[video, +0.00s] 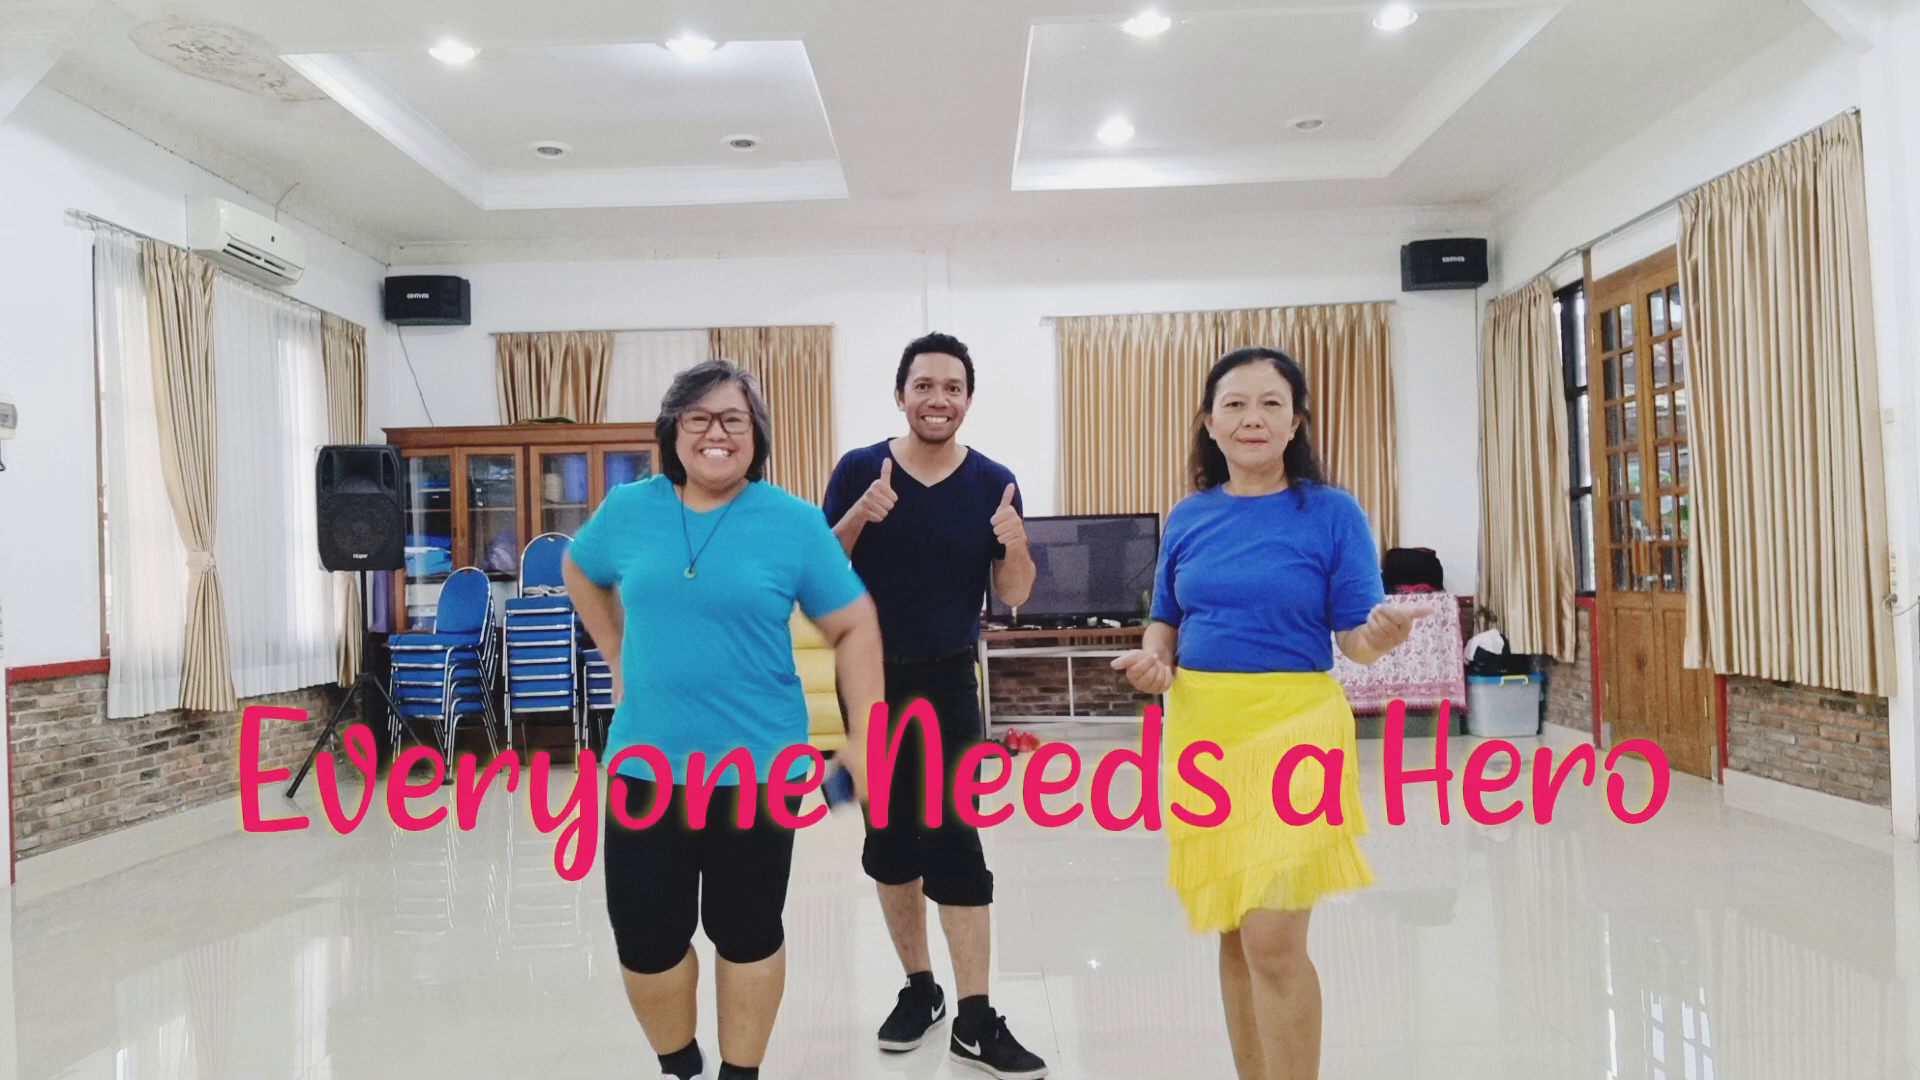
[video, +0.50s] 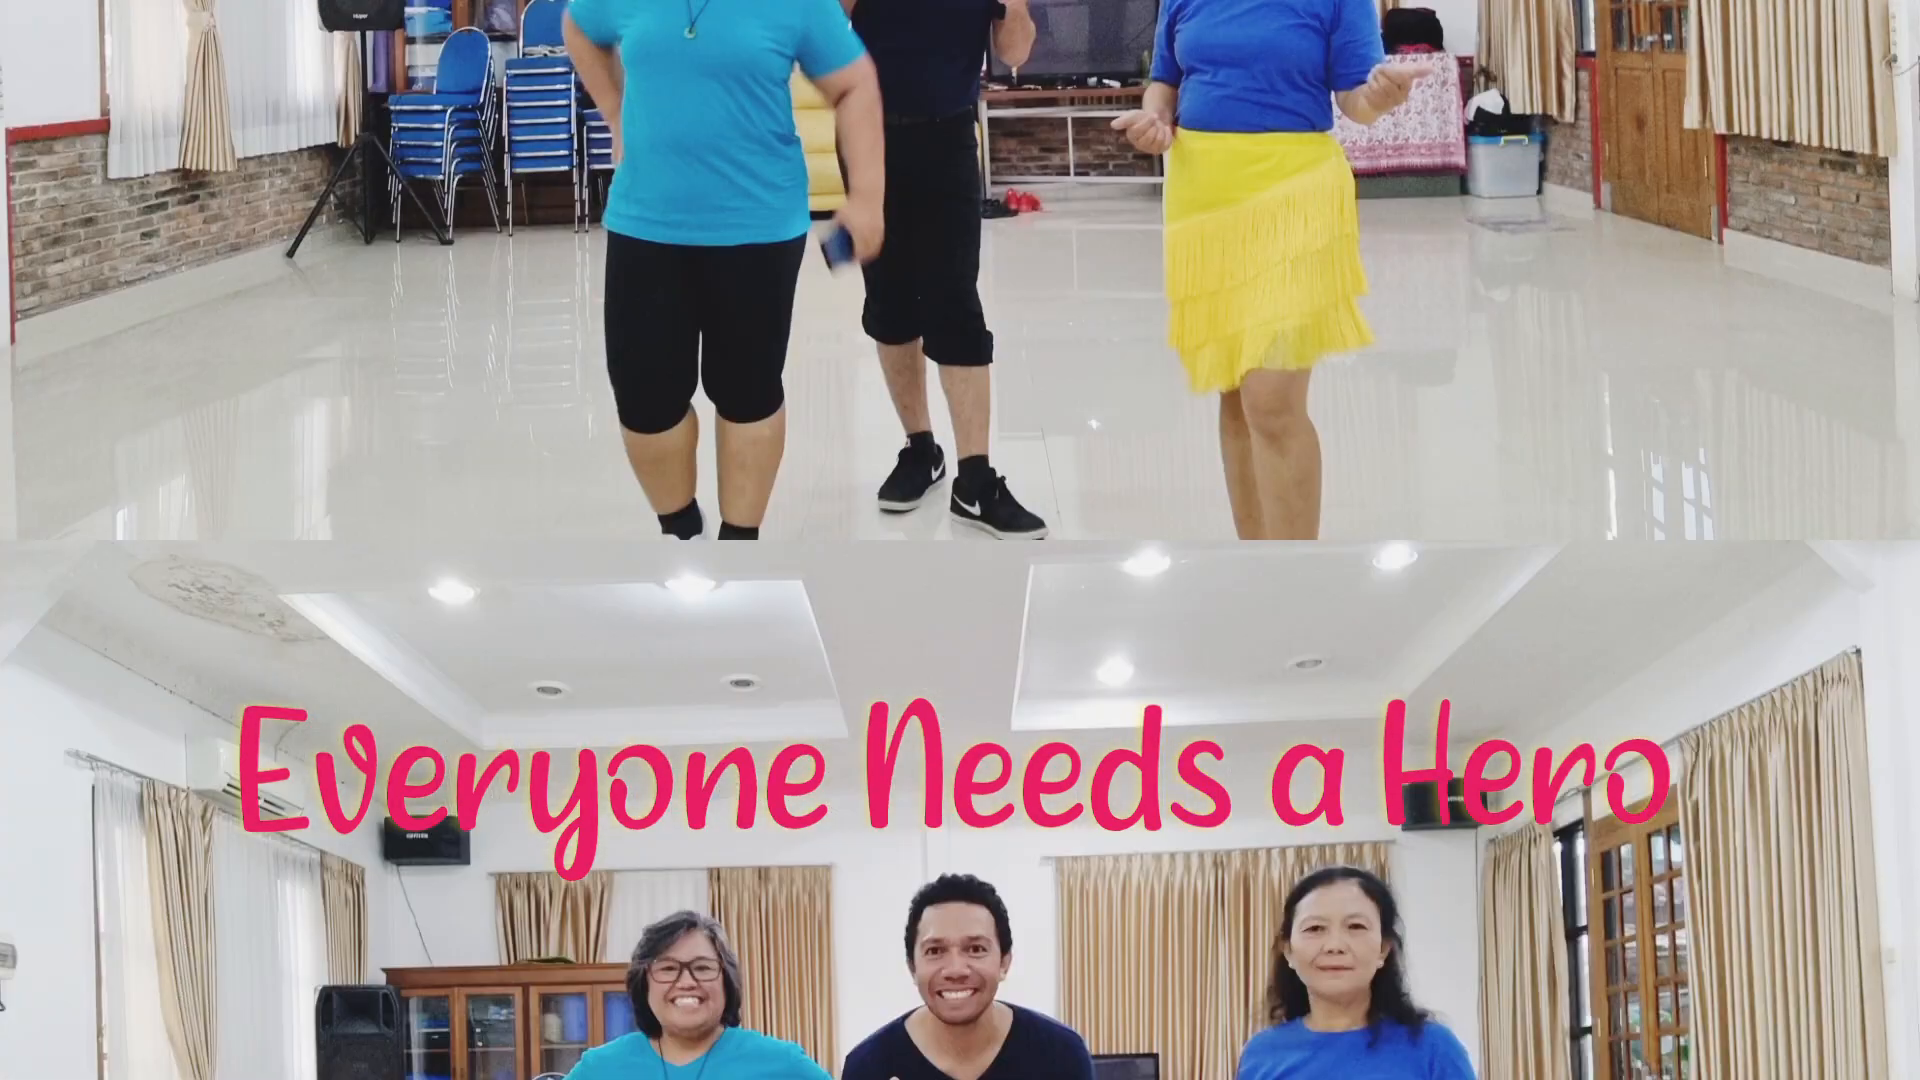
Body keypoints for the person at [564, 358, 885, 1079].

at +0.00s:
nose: (720, 432)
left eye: (736, 420)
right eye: (702, 420)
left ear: (756, 436)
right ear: (672, 434)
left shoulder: (795, 523)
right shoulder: (627, 509)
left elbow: (856, 626)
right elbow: (580, 570)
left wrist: (865, 738)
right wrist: (625, 663)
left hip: (758, 768)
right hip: (645, 764)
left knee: (746, 932)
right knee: (646, 938)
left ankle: (739, 1076)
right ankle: (680, 1069)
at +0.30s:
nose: (719, 316)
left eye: (735, 303)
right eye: (701, 303)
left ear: (756, 319)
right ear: (672, 317)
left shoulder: (795, 407)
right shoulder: (627, 393)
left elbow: (856, 509)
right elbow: (580, 453)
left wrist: (867, 622)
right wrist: (622, 544)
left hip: (758, 652)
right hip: (646, 649)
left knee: (748, 815)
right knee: (645, 819)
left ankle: (738, 973)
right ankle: (681, 961)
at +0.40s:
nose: (719, 156)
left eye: (735, 143)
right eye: (702, 143)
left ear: (756, 160)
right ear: (672, 157)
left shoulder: (795, 248)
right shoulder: (627, 233)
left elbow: (856, 349)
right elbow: (580, 293)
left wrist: (867, 462)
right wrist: (623, 384)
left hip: (757, 493)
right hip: (645, 491)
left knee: (746, 659)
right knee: (647, 666)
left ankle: (746, 811)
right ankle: (674, 808)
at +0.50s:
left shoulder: (798, 5)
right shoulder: (620, 3)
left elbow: (855, 85)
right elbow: (580, 30)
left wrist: (867, 197)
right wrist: (626, 128)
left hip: (757, 222)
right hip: (646, 220)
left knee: (746, 392)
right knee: (646, 398)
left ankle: (739, 548)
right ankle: (682, 537)